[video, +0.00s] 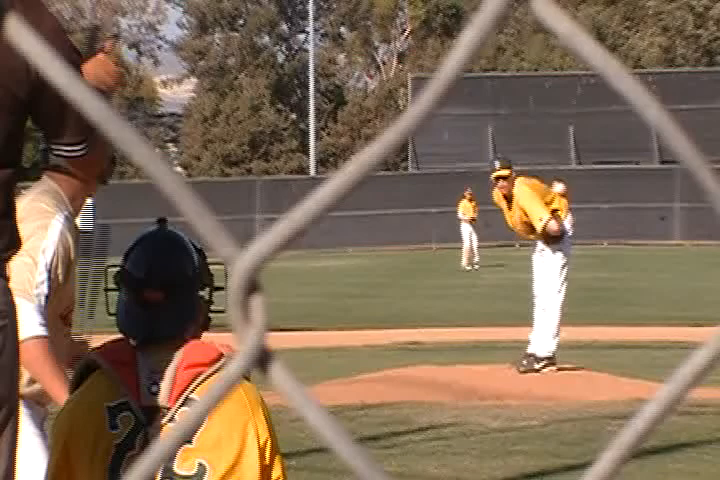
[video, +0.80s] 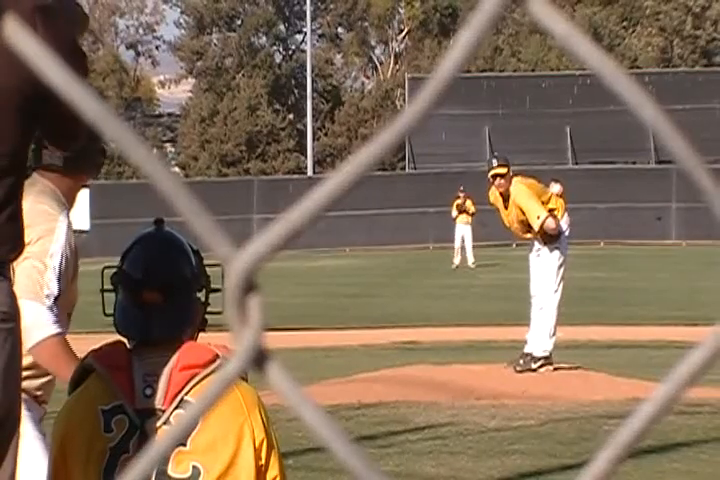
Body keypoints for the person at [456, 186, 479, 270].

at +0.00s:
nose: (469, 196)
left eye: (470, 194)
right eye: (467, 194)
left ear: (472, 195)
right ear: (465, 194)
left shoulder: (473, 203)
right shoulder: (463, 203)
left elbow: (476, 212)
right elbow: (459, 214)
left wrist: (474, 217)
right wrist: (466, 218)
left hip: (472, 222)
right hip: (465, 222)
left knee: (475, 242)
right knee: (467, 243)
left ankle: (475, 261)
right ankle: (465, 262)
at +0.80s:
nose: (462, 194)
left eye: (463, 192)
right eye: (460, 192)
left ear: (465, 193)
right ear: (458, 193)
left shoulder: (468, 201)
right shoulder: (456, 202)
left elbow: (473, 211)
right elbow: (453, 215)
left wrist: (466, 209)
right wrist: (459, 210)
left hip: (467, 223)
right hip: (459, 223)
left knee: (469, 243)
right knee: (457, 244)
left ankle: (471, 261)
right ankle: (456, 261)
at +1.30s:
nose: (452, 194)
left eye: (453, 192)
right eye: (451, 192)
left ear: (456, 193)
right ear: (449, 193)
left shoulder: (460, 201)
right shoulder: (449, 202)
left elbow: (464, 209)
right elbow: (446, 214)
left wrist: (456, 209)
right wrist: (448, 212)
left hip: (460, 223)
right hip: (452, 223)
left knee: (462, 242)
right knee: (453, 243)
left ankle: (465, 260)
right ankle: (454, 261)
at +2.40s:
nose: (450, 195)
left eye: (451, 193)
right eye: (448, 193)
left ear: (453, 194)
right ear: (447, 194)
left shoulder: (456, 202)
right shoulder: (444, 203)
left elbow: (459, 212)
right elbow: (441, 211)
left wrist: (458, 220)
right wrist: (442, 218)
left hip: (455, 222)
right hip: (447, 223)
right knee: (445, 243)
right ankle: (445, 261)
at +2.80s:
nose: (444, 195)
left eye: (445, 193)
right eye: (442, 193)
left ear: (447, 194)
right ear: (440, 194)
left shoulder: (451, 202)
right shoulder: (439, 203)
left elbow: (457, 214)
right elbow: (435, 214)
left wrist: (461, 224)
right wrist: (441, 205)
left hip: (451, 224)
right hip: (443, 224)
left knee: (453, 243)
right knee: (444, 244)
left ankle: (453, 261)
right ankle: (445, 262)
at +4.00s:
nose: (453, 196)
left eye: (454, 194)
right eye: (452, 194)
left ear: (456, 195)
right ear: (449, 194)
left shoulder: (459, 203)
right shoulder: (446, 203)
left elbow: (463, 214)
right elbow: (442, 214)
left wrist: (465, 226)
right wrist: (448, 212)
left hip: (457, 224)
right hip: (449, 224)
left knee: (457, 244)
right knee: (449, 244)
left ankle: (456, 263)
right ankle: (449, 261)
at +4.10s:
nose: (453, 195)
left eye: (454, 193)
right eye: (451, 193)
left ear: (456, 195)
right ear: (449, 194)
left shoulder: (459, 203)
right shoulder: (446, 203)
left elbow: (463, 214)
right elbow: (443, 212)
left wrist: (464, 224)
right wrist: (445, 219)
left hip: (456, 224)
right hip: (449, 224)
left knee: (456, 244)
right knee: (448, 244)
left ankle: (457, 262)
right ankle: (449, 262)